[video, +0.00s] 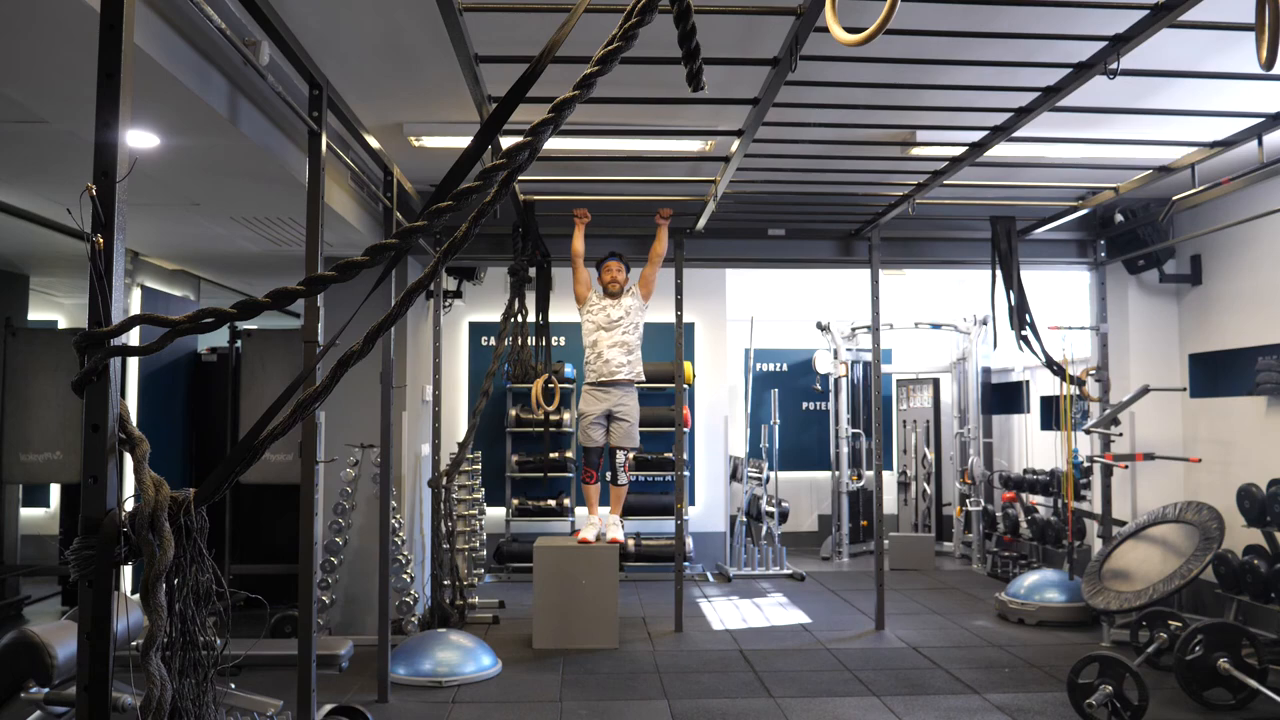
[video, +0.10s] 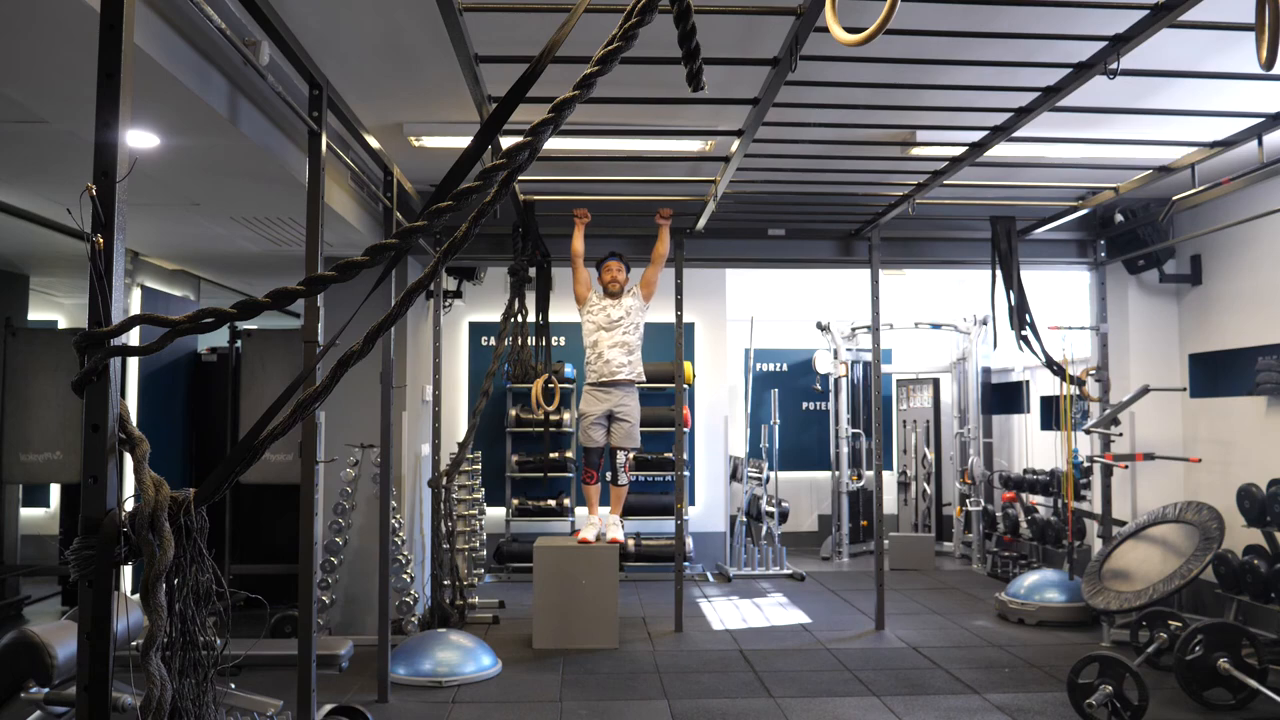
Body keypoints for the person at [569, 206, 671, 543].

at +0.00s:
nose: (613, 274)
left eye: (618, 270)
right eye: (608, 270)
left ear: (626, 276)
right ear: (600, 278)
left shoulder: (637, 299)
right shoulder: (588, 301)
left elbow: (655, 261)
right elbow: (577, 261)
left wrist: (663, 226)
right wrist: (580, 225)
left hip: (626, 390)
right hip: (593, 389)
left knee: (622, 458)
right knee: (591, 457)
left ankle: (614, 520)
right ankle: (593, 519)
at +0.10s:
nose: (613, 274)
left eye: (618, 270)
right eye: (608, 270)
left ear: (626, 276)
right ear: (600, 278)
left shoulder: (638, 299)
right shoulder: (589, 301)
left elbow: (658, 262)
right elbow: (577, 261)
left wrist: (664, 226)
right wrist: (579, 225)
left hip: (627, 390)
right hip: (594, 389)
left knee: (622, 458)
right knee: (591, 457)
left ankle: (614, 520)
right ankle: (593, 519)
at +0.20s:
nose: (614, 274)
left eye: (619, 270)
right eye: (609, 270)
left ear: (627, 277)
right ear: (600, 278)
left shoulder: (640, 302)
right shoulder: (589, 303)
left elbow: (662, 266)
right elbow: (577, 261)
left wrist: (665, 228)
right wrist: (579, 225)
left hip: (628, 392)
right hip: (595, 391)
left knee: (623, 460)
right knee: (592, 459)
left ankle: (614, 520)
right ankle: (593, 519)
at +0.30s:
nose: (614, 276)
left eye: (620, 272)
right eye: (609, 272)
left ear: (629, 279)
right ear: (601, 280)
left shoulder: (641, 305)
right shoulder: (590, 305)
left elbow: (667, 277)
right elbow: (579, 261)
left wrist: (665, 239)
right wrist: (580, 226)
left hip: (629, 395)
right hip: (595, 393)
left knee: (623, 461)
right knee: (592, 460)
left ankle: (615, 520)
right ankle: (594, 519)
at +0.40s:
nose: (616, 278)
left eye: (621, 274)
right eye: (610, 275)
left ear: (630, 283)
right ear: (602, 283)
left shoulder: (643, 309)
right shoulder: (591, 308)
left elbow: (671, 282)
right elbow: (581, 264)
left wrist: (665, 245)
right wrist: (580, 227)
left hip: (630, 399)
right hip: (596, 396)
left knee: (623, 466)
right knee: (592, 464)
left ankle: (614, 520)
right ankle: (593, 519)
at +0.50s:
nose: (616, 278)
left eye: (622, 275)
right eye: (611, 275)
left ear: (631, 284)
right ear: (602, 283)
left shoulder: (643, 310)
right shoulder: (592, 308)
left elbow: (669, 281)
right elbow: (581, 266)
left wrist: (664, 245)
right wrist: (580, 226)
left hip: (631, 401)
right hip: (596, 399)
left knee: (624, 467)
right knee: (593, 467)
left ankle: (614, 521)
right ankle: (595, 519)